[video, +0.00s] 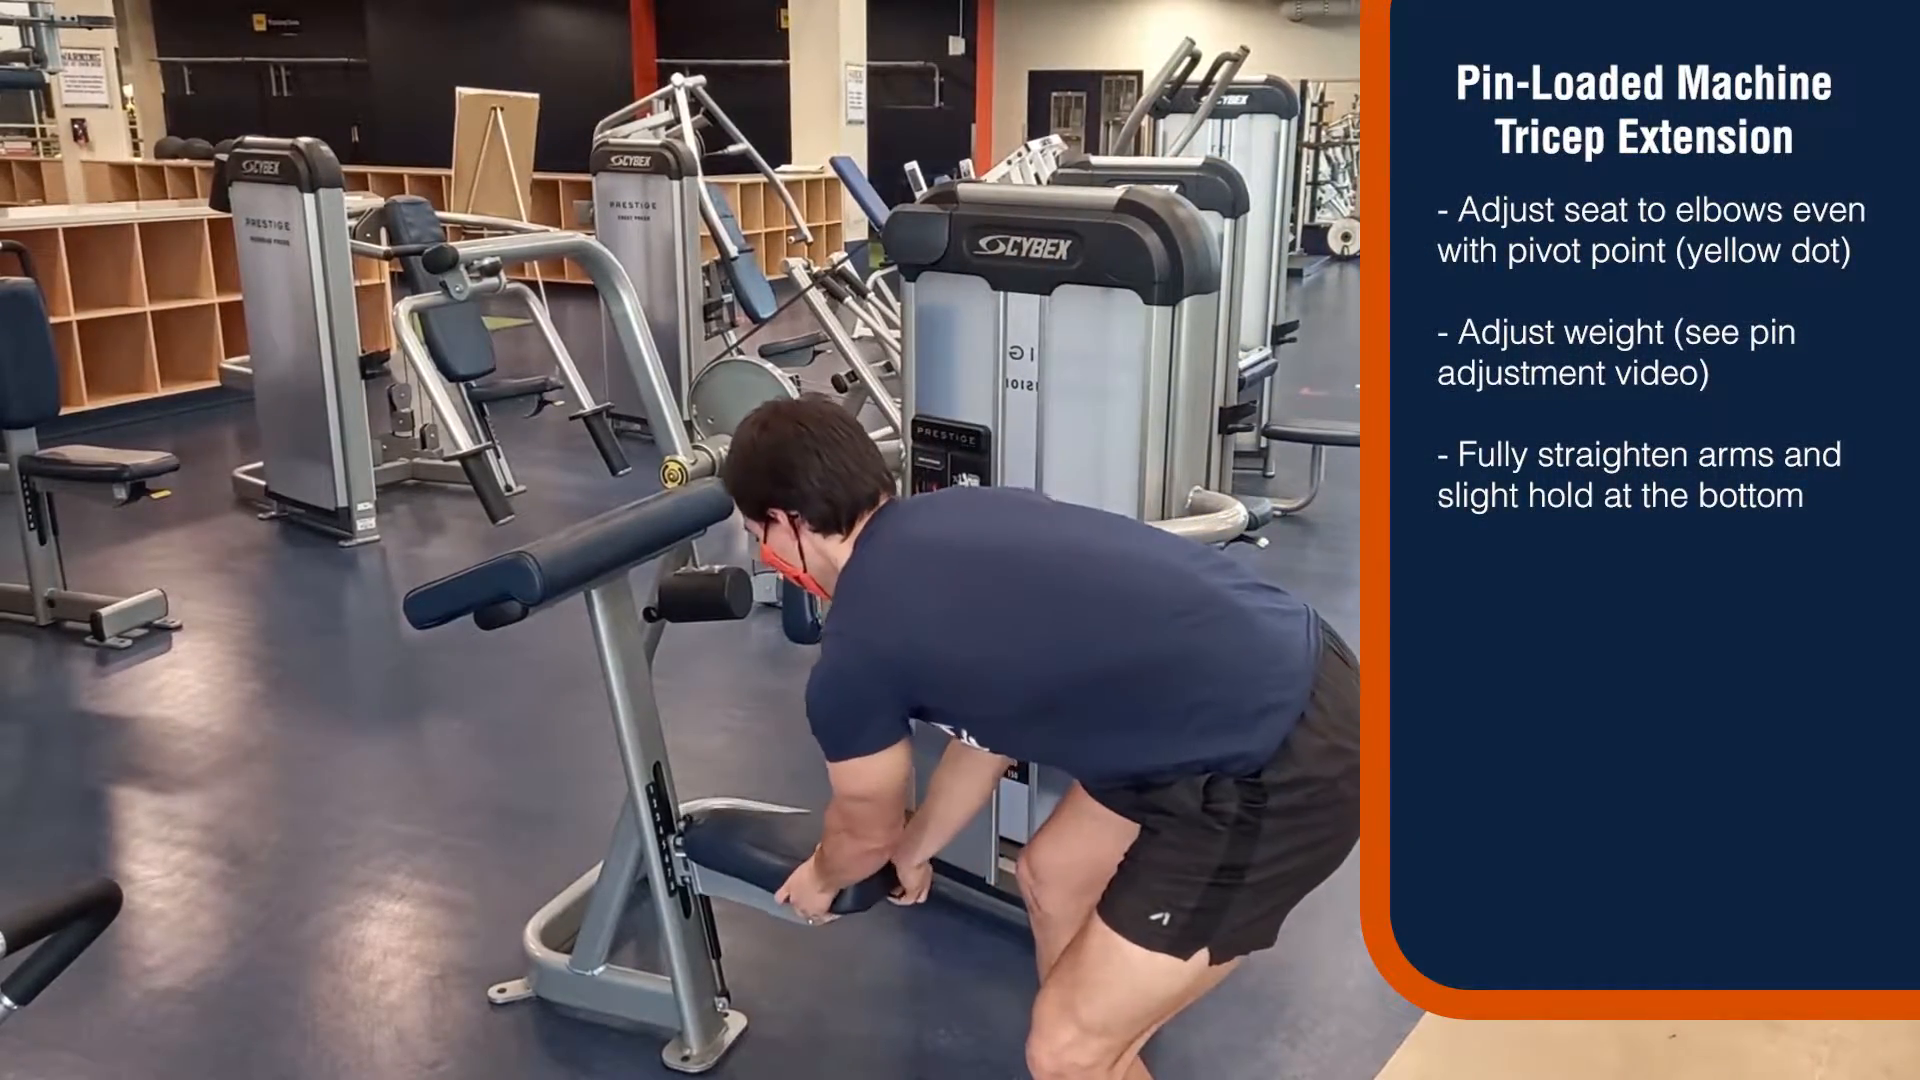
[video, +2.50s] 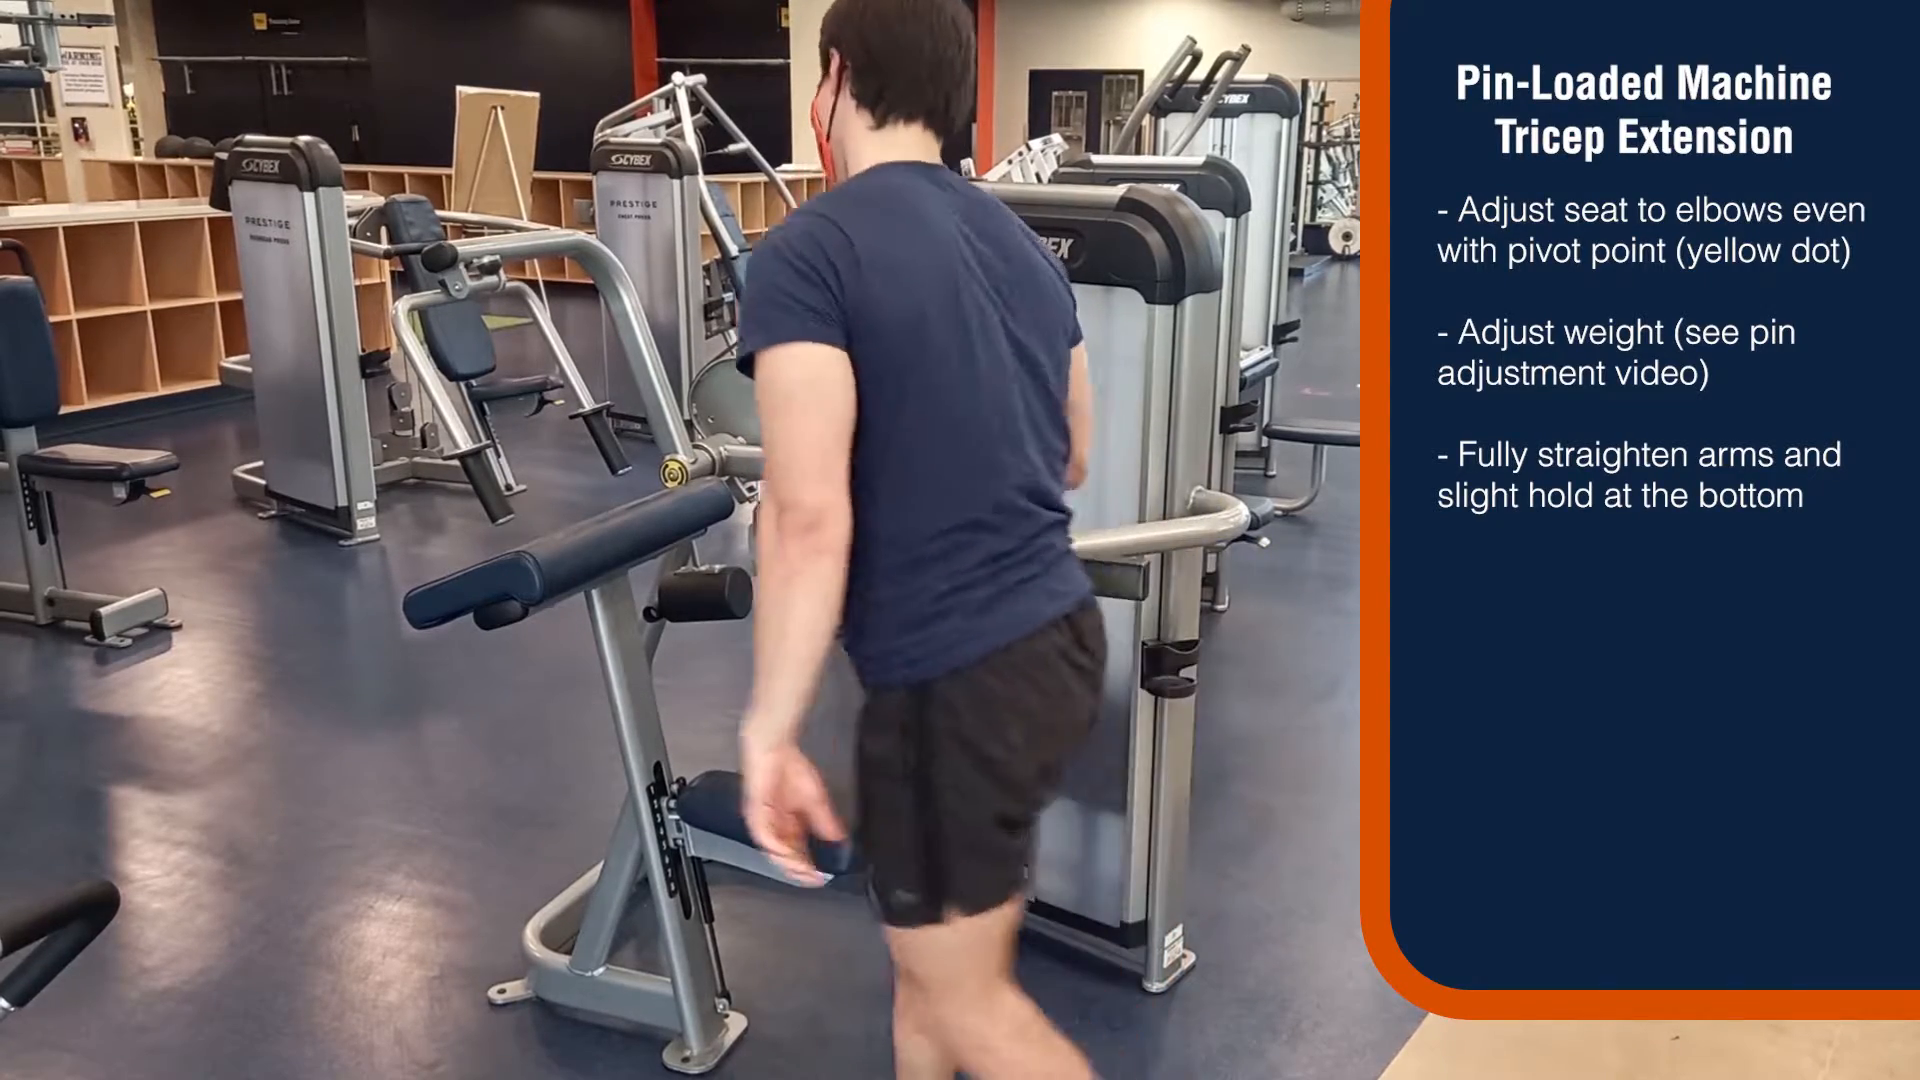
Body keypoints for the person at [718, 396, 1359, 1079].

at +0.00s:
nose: (761, 558)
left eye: (756, 535)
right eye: (753, 538)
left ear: (787, 528)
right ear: (870, 477)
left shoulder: (854, 657)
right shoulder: (956, 517)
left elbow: (865, 833)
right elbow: (995, 727)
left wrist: (819, 878)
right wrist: (913, 850)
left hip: (1269, 750)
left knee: (1071, 1047)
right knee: (1054, 878)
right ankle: (1106, 1056)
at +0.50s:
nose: (763, 555)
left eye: (756, 532)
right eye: (754, 536)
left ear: (787, 519)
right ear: (869, 473)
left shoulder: (852, 640)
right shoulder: (966, 510)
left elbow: (871, 842)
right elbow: (1019, 718)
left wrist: (818, 852)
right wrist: (911, 832)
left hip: (1259, 752)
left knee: (1061, 1051)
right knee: (1049, 876)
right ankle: (1105, 1060)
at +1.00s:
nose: (761, 526)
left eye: (757, 504)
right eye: (754, 508)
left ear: (795, 492)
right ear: (874, 453)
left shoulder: (858, 607)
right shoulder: (970, 487)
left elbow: (867, 825)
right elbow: (1032, 692)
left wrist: (815, 829)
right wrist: (903, 801)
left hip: (1258, 747)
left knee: (1067, 1047)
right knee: (1052, 872)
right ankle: (1110, 1051)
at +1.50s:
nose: (764, 520)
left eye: (760, 498)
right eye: (757, 501)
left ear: (795, 485)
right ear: (874, 447)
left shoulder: (858, 602)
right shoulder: (971, 483)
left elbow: (862, 820)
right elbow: (1023, 691)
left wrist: (815, 837)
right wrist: (907, 810)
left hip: (1257, 743)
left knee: (1071, 1047)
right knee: (1053, 873)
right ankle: (1107, 1047)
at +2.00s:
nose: (763, 405)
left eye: (761, 381)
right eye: (759, 383)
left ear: (794, 377)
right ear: (882, 352)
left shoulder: (860, 498)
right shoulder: (958, 418)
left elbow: (866, 743)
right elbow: (1026, 626)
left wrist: (833, 812)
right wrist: (948, 785)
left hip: (1234, 712)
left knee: (1095, 1044)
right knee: (1067, 894)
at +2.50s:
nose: (811, 103)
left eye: (815, 78)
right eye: (816, 79)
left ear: (836, 85)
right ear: (956, 102)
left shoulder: (808, 249)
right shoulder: (1018, 241)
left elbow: (809, 515)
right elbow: (1069, 454)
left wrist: (769, 731)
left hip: (952, 676)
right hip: (1053, 637)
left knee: (963, 1001)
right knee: (931, 976)